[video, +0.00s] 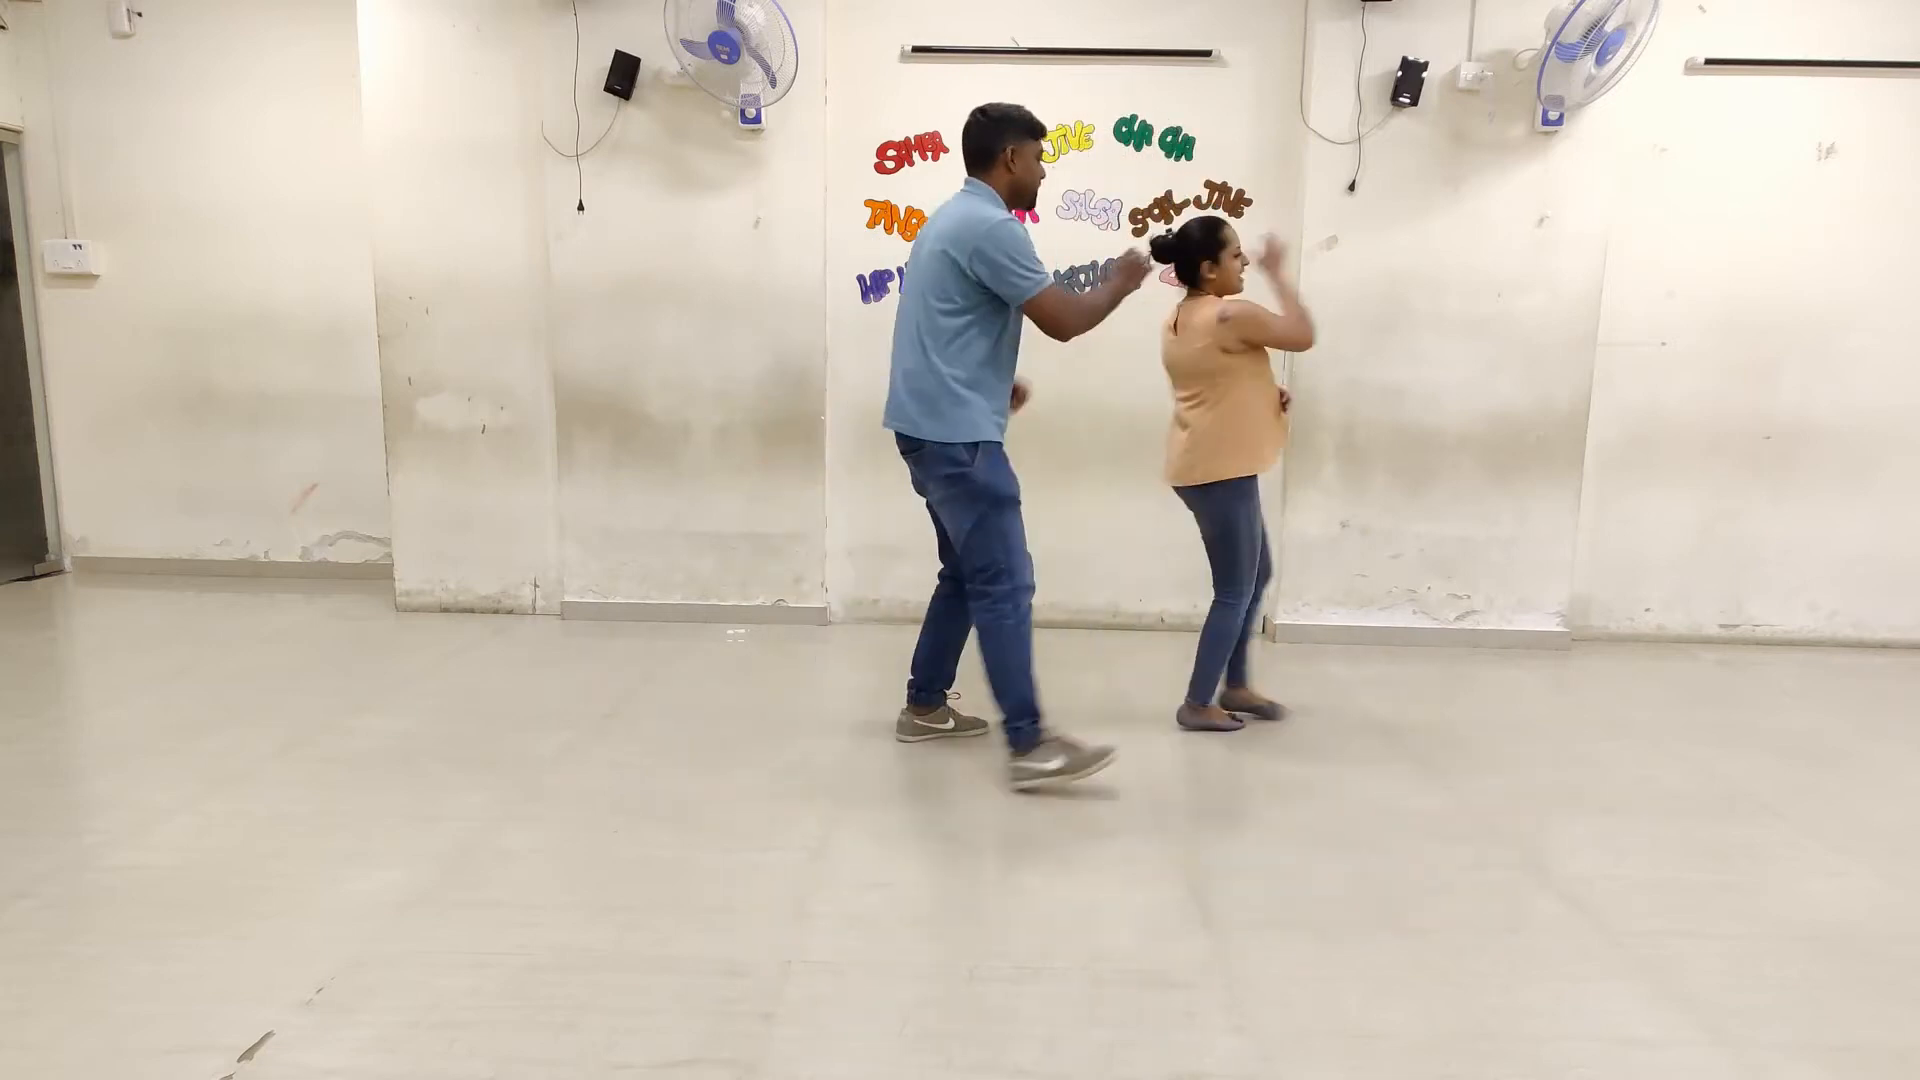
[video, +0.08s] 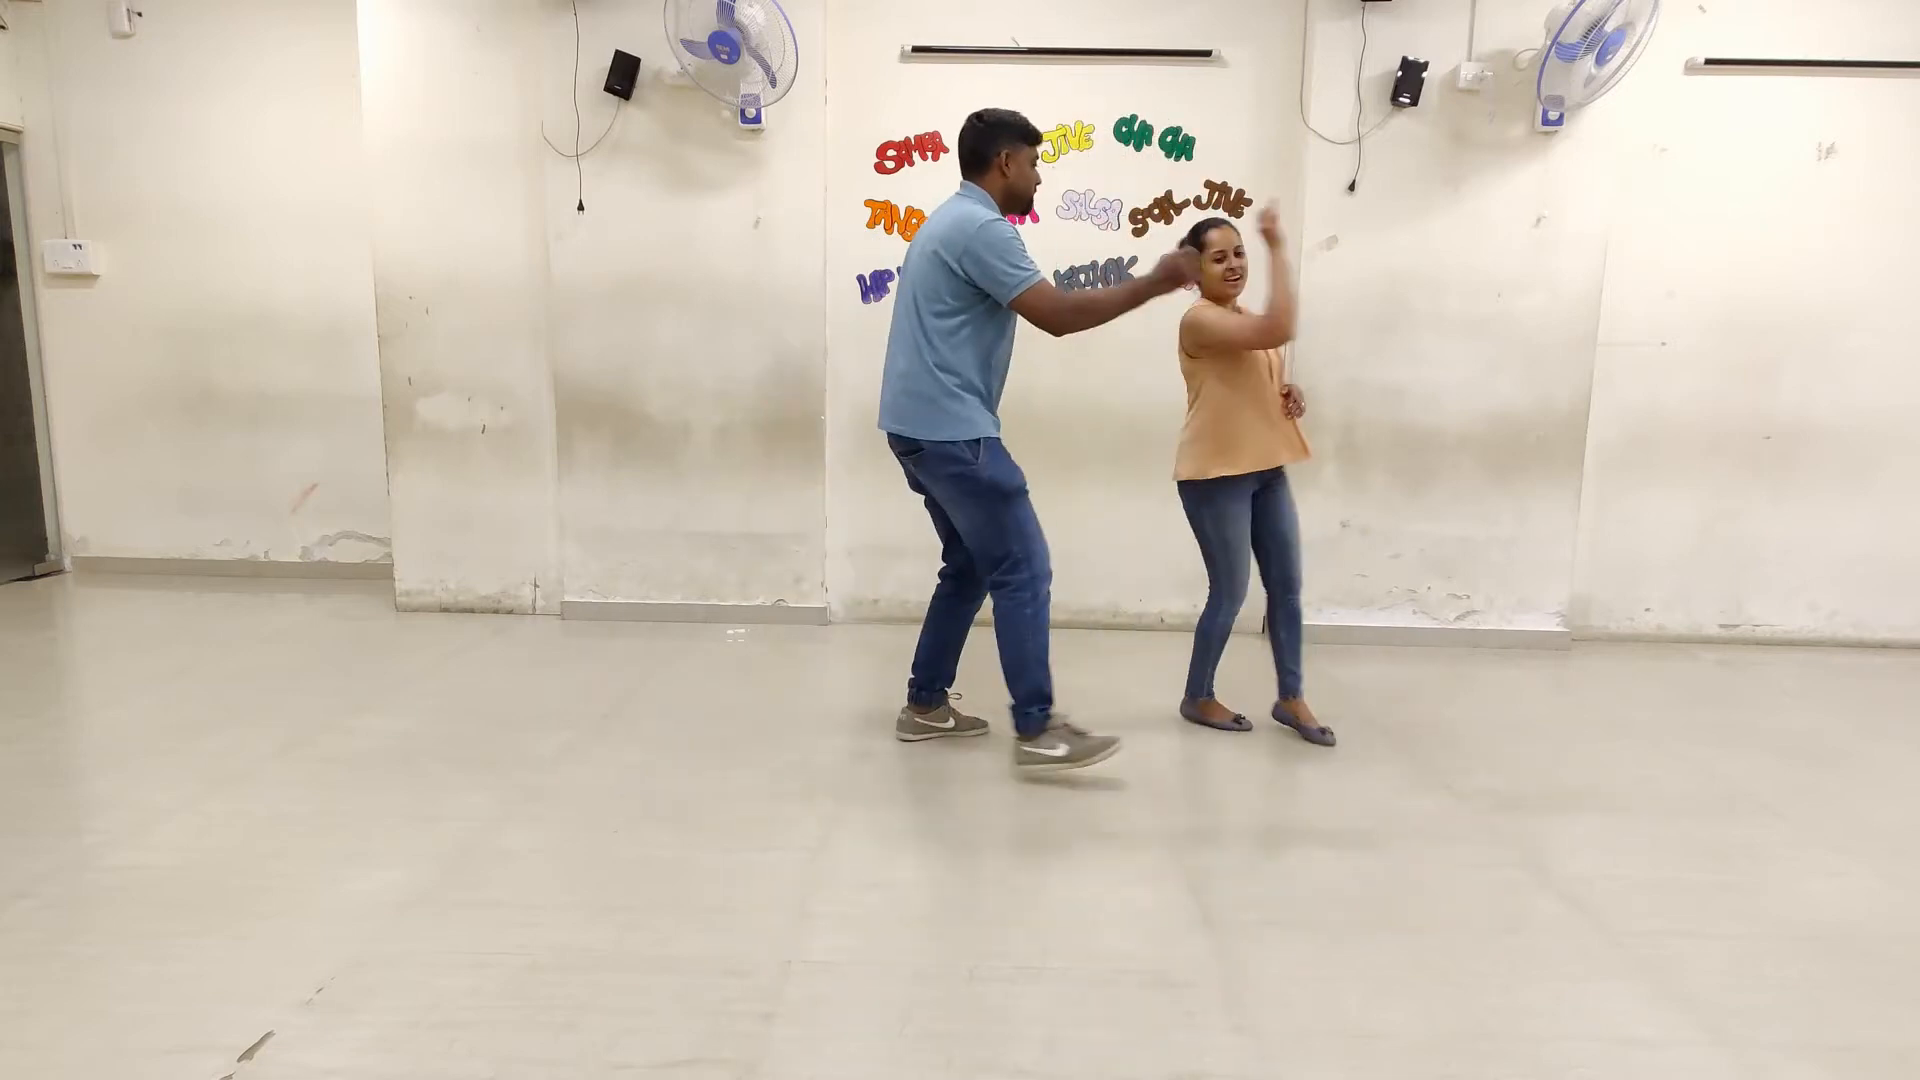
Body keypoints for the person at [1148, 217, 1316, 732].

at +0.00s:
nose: (1245, 262)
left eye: (1241, 254)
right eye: (1235, 256)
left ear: (1197, 269)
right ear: (1206, 268)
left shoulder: (1177, 319)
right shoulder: (1230, 315)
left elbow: (1207, 386)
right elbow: (1302, 332)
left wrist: (1266, 400)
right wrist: (1279, 274)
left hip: (1199, 466)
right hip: (1224, 469)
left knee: (1256, 569)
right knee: (1233, 586)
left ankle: (1235, 687)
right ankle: (1198, 704)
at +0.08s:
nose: (1232, 263)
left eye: (1238, 254)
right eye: (1218, 256)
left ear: (1246, 260)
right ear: (1193, 268)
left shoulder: (1249, 318)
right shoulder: (1197, 320)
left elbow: (1253, 394)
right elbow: (1277, 328)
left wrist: (1286, 400)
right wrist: (1277, 249)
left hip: (1265, 468)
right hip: (1213, 473)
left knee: (1285, 587)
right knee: (1230, 590)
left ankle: (1291, 698)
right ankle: (1197, 698)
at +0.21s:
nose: (1226, 266)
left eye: (1237, 255)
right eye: (1216, 258)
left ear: (1257, 260)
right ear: (1205, 267)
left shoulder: (1291, 319)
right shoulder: (1197, 324)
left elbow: (1335, 377)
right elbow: (1196, 360)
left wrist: (1311, 397)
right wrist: (1194, 297)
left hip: (1286, 471)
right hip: (1218, 474)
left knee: (1295, 597)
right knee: (1225, 596)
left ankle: (1302, 715)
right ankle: (1215, 696)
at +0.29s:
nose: (1227, 274)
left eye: (1239, 263)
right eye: (1219, 265)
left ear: (1264, 267)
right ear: (1211, 272)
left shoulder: (1300, 324)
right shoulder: (1202, 330)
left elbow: (1351, 389)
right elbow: (1181, 395)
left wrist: (1306, 411)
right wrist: (1162, 323)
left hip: (1290, 479)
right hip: (1221, 481)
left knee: (1289, 604)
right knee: (1222, 612)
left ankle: (1301, 723)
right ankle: (1234, 697)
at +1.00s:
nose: (1244, 327)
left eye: (1254, 316)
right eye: (1236, 316)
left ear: (1282, 309)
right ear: (1229, 310)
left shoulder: (1304, 359)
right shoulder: (1235, 356)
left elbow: (1330, 442)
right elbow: (1160, 375)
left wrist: (1253, 456)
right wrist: (1100, 344)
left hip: (1317, 511)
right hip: (1271, 511)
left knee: (1246, 610)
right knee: (1221, 600)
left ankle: (1283, 735)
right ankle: (1270, 702)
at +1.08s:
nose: (1242, 349)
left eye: (1253, 338)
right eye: (1234, 339)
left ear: (1281, 330)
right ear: (1226, 333)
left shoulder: (1314, 383)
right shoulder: (1223, 390)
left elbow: (1359, 462)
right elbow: (1166, 439)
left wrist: (1280, 493)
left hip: (1314, 533)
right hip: (1251, 533)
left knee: (1256, 625)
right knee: (1203, 623)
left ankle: (1263, 738)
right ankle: (1260, 690)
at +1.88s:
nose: (1218, 316)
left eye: (1229, 309)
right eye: (1219, 306)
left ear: (1264, 317)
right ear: (1239, 315)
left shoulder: (1294, 379)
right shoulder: (1217, 377)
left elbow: (1315, 472)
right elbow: (1202, 458)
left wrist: (1237, 490)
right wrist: (1154, 490)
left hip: (1282, 532)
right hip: (1222, 528)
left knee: (1232, 631)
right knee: (1171, 609)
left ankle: (1272, 739)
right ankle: (1221, 705)